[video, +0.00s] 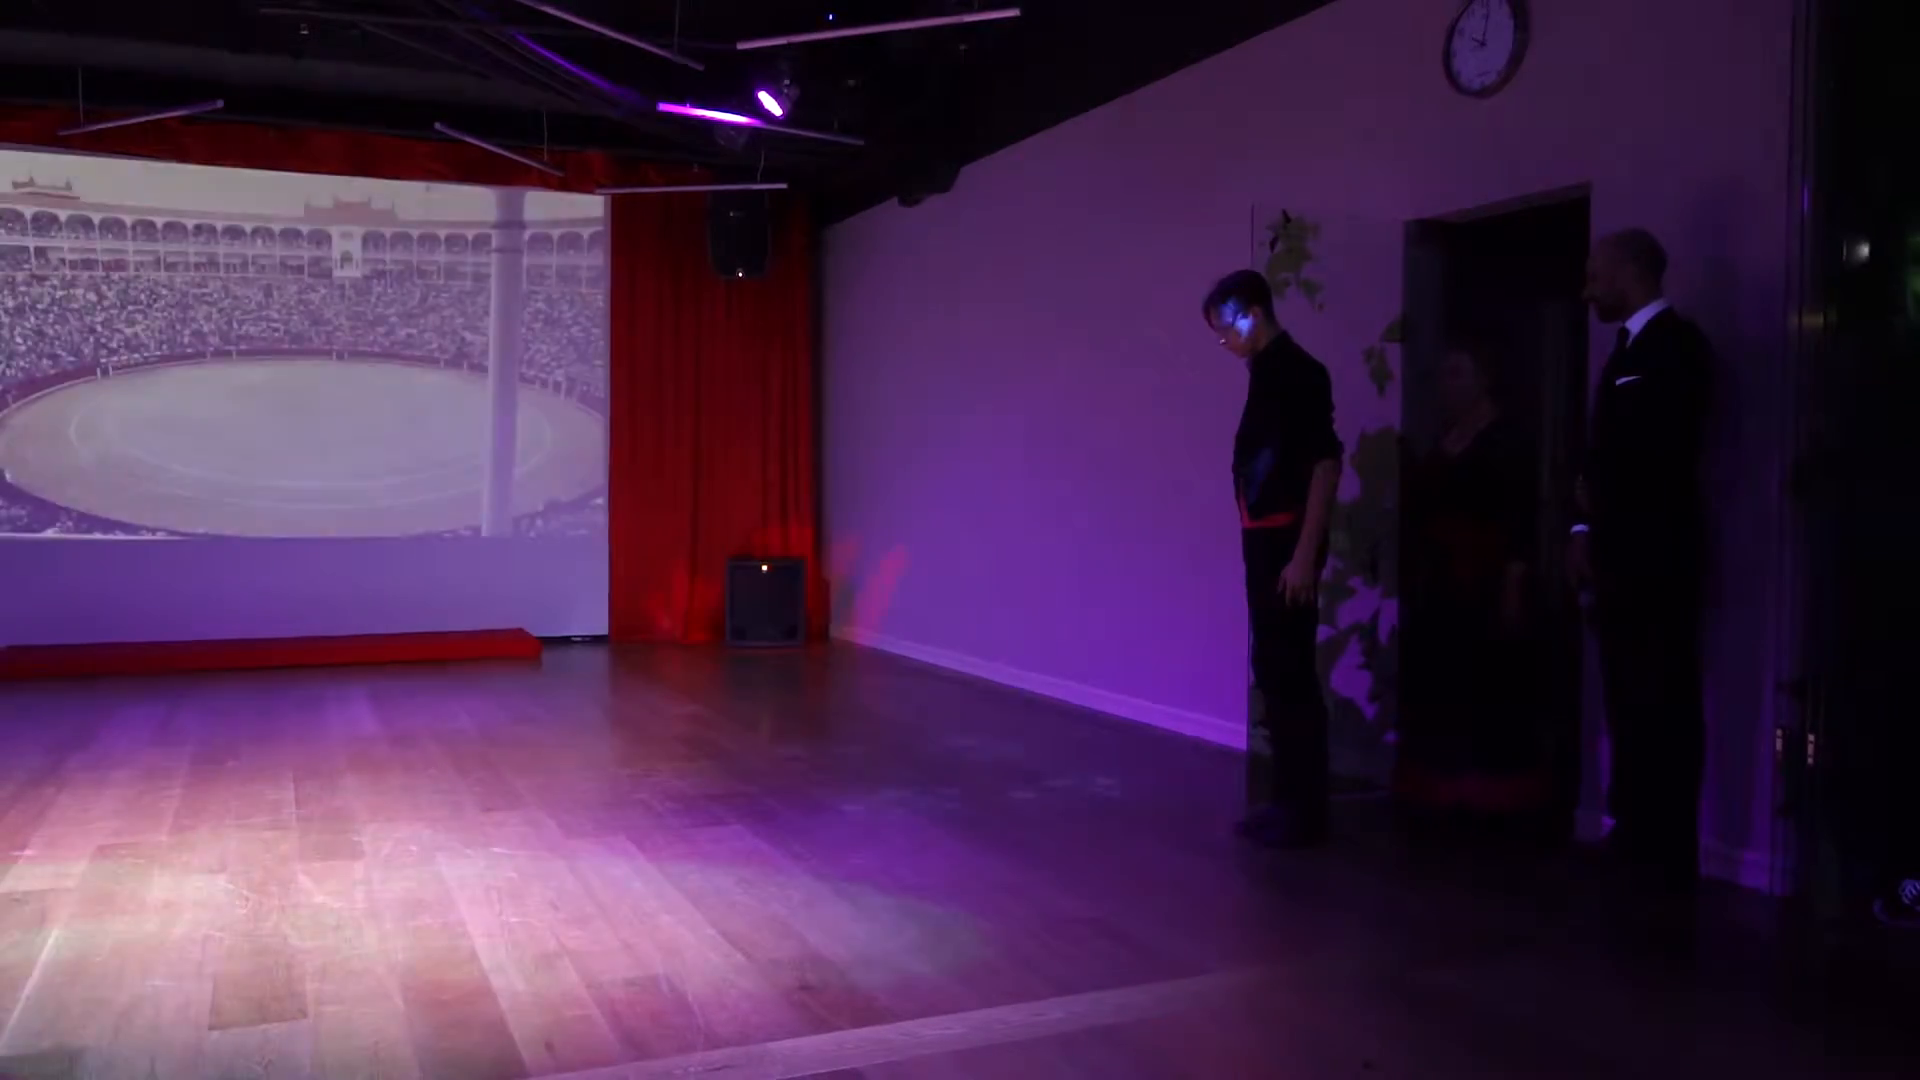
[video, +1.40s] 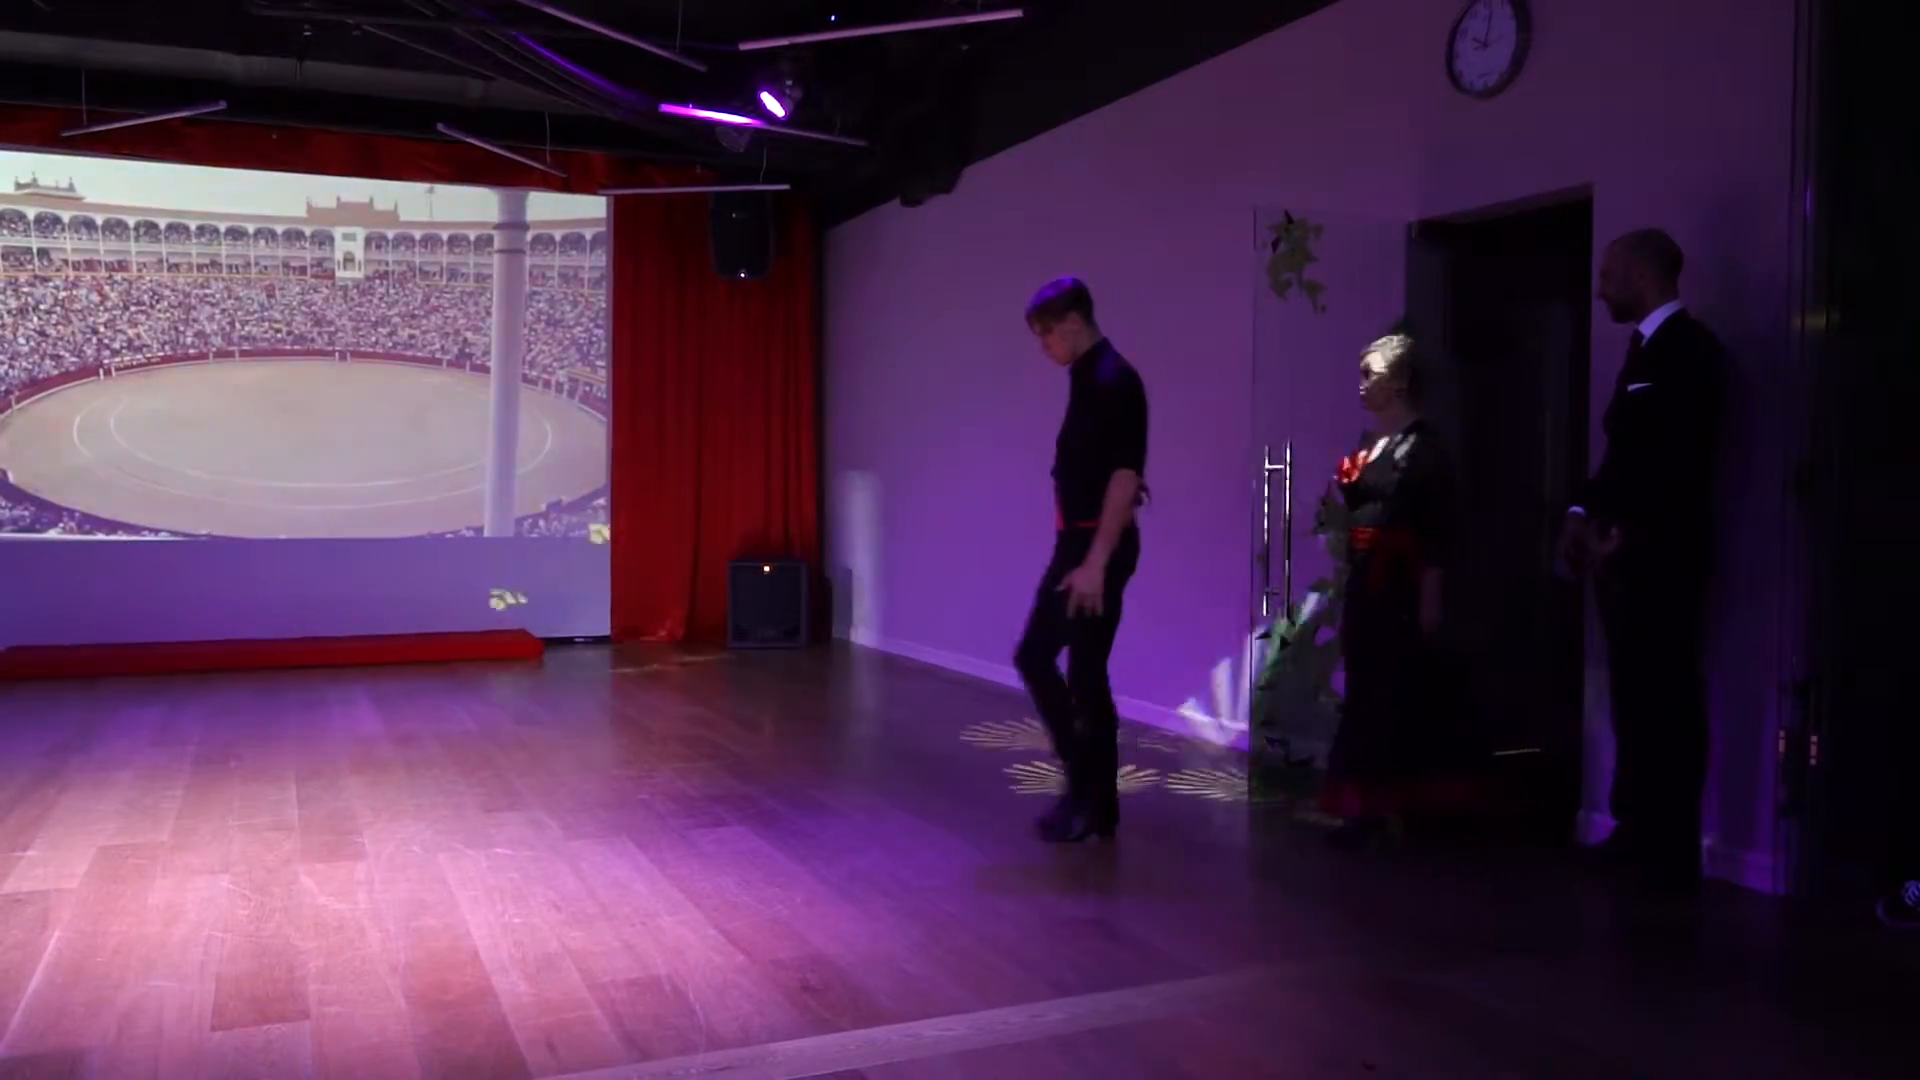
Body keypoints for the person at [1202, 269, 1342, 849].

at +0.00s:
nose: (1223, 341)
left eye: (1225, 327)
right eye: (1219, 331)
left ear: (1252, 314)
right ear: (1248, 318)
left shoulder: (1296, 371)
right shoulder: (1269, 371)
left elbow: (1325, 464)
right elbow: (1280, 466)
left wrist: (1303, 556)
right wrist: (1263, 548)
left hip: (1284, 544)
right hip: (1264, 542)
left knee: (1287, 675)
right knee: (1277, 676)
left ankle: (1299, 809)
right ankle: (1289, 803)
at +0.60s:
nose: (1190, 349)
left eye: (1193, 337)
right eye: (1187, 339)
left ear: (1222, 327)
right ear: (1223, 328)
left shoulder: (1267, 381)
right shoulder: (1240, 379)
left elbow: (1300, 473)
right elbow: (1239, 466)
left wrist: (1285, 564)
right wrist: (1230, 542)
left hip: (1255, 551)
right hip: (1245, 548)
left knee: (1200, 663)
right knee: (1269, 675)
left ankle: (1211, 800)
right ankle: (1293, 802)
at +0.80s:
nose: (1164, 352)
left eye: (1167, 340)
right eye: (1160, 342)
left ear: (1197, 331)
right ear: (1198, 334)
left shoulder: (1239, 387)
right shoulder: (1211, 386)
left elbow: (1274, 477)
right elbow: (1212, 476)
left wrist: (1259, 569)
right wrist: (1201, 545)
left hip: (1228, 557)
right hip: (1216, 554)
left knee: (1169, 667)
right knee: (1259, 679)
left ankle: (1124, 801)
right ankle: (1294, 804)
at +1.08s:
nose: (1109, 347)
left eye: (1113, 334)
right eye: (1104, 337)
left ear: (1142, 324)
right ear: (1134, 329)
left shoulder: (1179, 382)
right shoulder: (1155, 380)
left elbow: (1205, 476)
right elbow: (1159, 471)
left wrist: (1189, 565)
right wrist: (1138, 548)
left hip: (1161, 550)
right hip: (1151, 547)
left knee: (1123, 670)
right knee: (1188, 668)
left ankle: (1101, 805)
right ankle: (1268, 779)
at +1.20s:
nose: (1083, 346)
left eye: (1085, 332)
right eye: (1078, 335)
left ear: (1113, 322)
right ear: (1111, 324)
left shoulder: (1153, 380)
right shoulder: (1127, 377)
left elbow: (1173, 476)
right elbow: (1126, 469)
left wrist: (1153, 564)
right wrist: (1105, 542)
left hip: (1135, 546)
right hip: (1117, 542)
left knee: (1112, 672)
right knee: (1126, 670)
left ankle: (1100, 806)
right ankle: (1222, 766)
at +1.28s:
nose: (1067, 344)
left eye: (1071, 331)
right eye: (1063, 333)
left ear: (1098, 321)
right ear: (1091, 326)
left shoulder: (1138, 380)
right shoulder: (1112, 376)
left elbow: (1152, 478)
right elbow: (1112, 469)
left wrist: (1127, 564)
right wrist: (1093, 546)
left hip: (1123, 542)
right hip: (1099, 539)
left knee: (1097, 668)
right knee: (1086, 665)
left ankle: (1099, 806)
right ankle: (1175, 763)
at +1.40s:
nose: (1045, 346)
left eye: (1048, 334)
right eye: (1041, 336)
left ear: (1075, 323)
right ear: (1066, 327)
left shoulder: (1116, 380)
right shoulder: (1088, 376)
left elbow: (1125, 480)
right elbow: (1096, 467)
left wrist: (1096, 563)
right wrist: (1073, 537)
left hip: (1103, 543)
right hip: (1078, 540)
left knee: (1086, 673)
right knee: (1034, 657)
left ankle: (1097, 804)